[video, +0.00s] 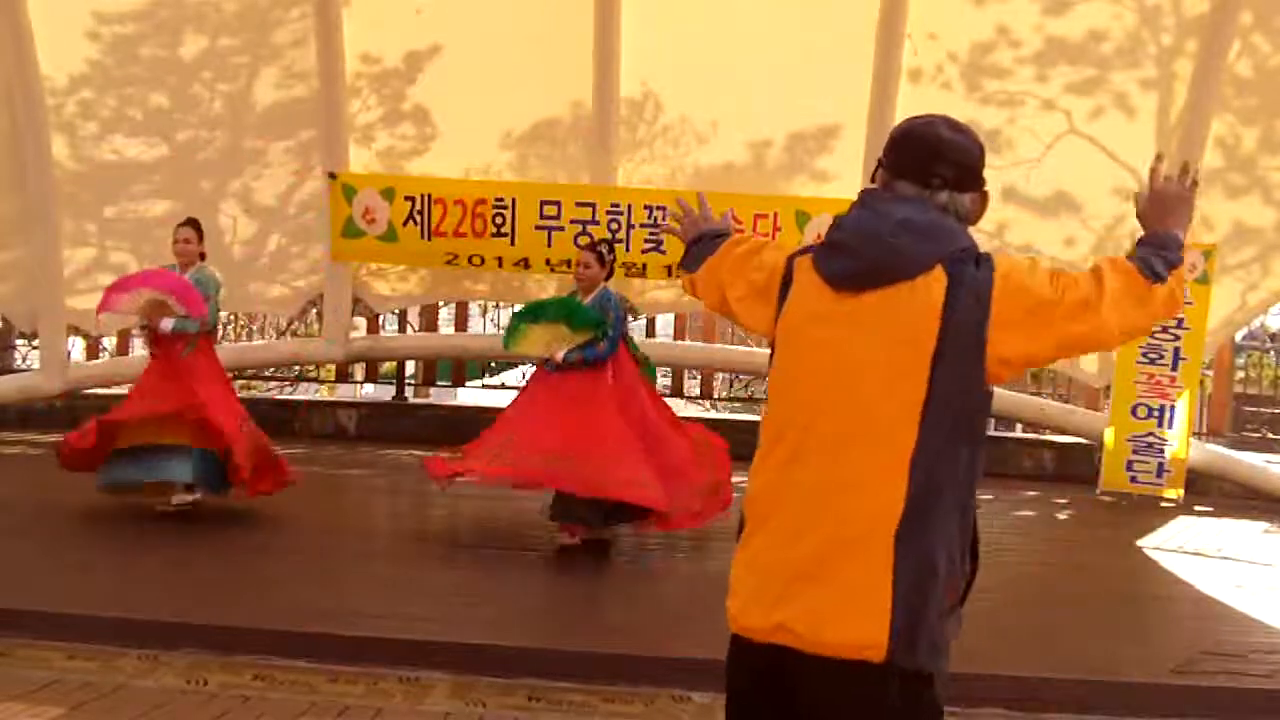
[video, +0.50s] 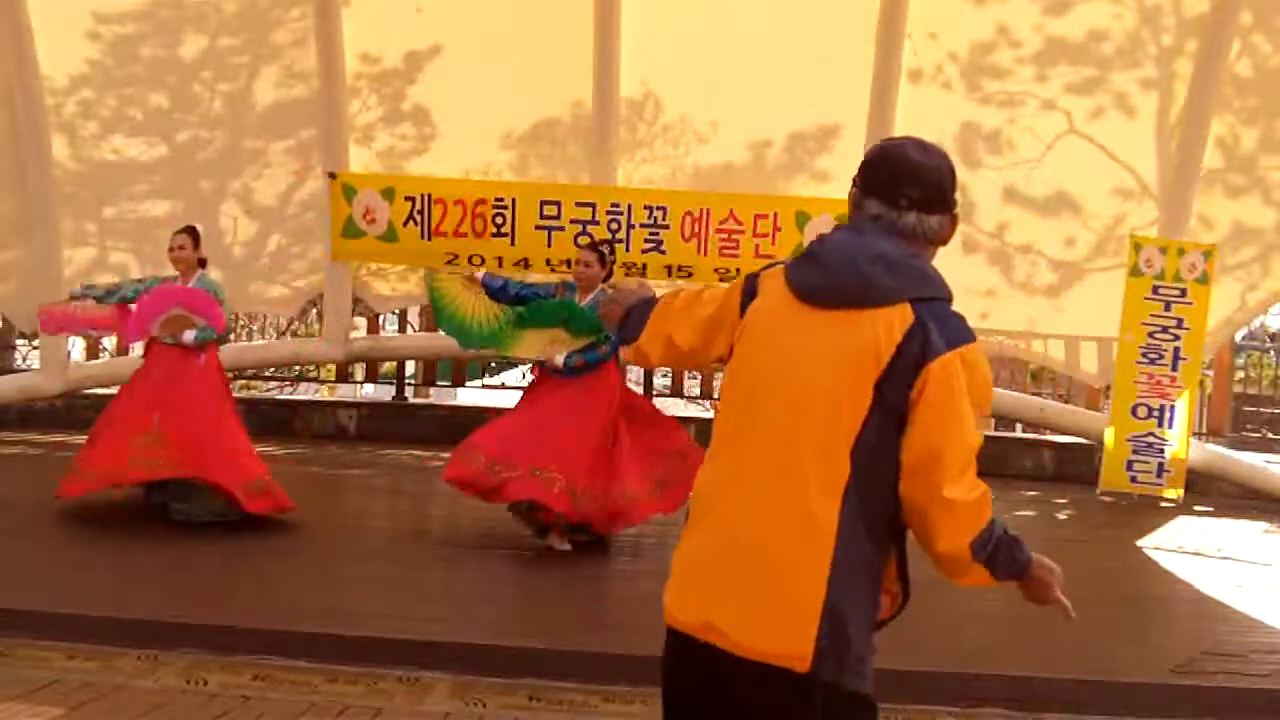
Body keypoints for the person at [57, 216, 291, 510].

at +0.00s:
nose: (181, 247)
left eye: (188, 242)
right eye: (177, 241)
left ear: (201, 246)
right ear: (171, 245)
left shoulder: (206, 278)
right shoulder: (165, 277)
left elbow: (208, 321)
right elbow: (152, 315)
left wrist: (168, 323)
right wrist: (147, 324)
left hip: (195, 357)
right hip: (166, 355)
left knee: (194, 416)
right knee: (165, 415)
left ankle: (192, 486)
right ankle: (171, 484)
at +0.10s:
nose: (180, 248)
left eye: (186, 243)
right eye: (175, 243)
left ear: (199, 248)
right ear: (170, 247)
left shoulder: (205, 281)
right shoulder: (165, 279)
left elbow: (207, 325)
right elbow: (155, 320)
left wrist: (165, 325)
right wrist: (148, 321)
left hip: (192, 359)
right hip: (165, 358)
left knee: (190, 421)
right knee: (167, 421)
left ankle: (190, 490)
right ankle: (174, 489)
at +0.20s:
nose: (178, 251)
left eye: (185, 246)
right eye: (174, 246)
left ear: (198, 251)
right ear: (169, 250)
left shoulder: (205, 284)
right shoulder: (163, 284)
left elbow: (208, 329)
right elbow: (145, 320)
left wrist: (167, 330)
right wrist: (140, 325)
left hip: (193, 362)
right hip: (162, 360)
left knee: (195, 423)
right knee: (156, 423)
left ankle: (198, 493)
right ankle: (162, 492)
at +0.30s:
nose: (176, 254)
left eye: (182, 249)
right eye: (172, 250)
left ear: (197, 253)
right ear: (168, 254)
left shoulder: (206, 288)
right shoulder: (163, 287)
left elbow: (215, 333)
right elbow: (139, 325)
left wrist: (173, 338)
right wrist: (147, 332)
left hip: (196, 367)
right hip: (164, 365)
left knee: (197, 428)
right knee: (159, 425)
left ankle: (207, 495)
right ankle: (166, 493)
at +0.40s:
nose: (175, 255)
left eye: (182, 250)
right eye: (171, 250)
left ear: (197, 255)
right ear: (167, 256)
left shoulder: (207, 291)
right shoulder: (159, 289)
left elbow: (216, 332)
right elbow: (127, 306)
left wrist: (180, 341)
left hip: (195, 366)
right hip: (161, 364)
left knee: (208, 424)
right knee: (140, 416)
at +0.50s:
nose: (175, 254)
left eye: (182, 248)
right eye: (172, 248)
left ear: (197, 253)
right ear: (169, 253)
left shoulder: (210, 289)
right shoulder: (161, 285)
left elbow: (221, 329)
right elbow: (123, 292)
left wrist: (187, 335)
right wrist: (85, 293)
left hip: (195, 365)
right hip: (161, 363)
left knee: (195, 425)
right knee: (158, 424)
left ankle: (197, 494)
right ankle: (161, 490)